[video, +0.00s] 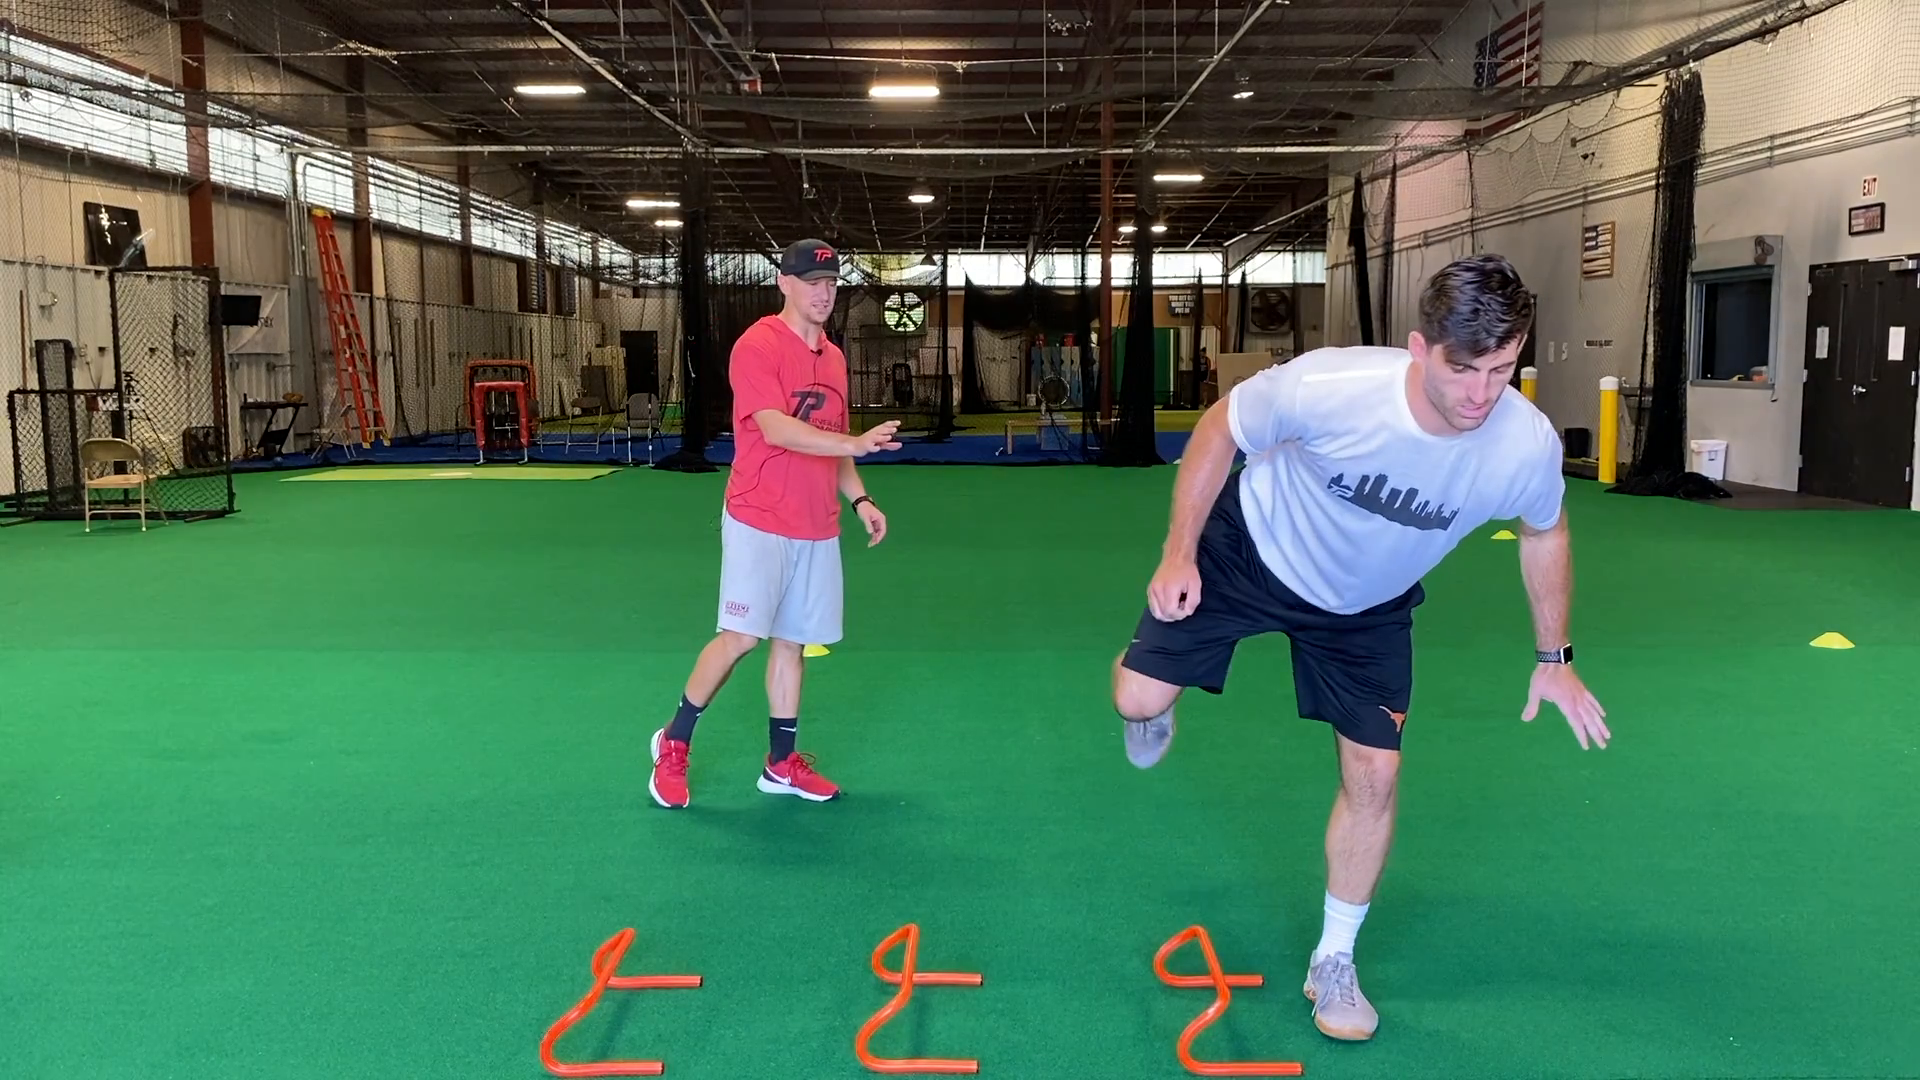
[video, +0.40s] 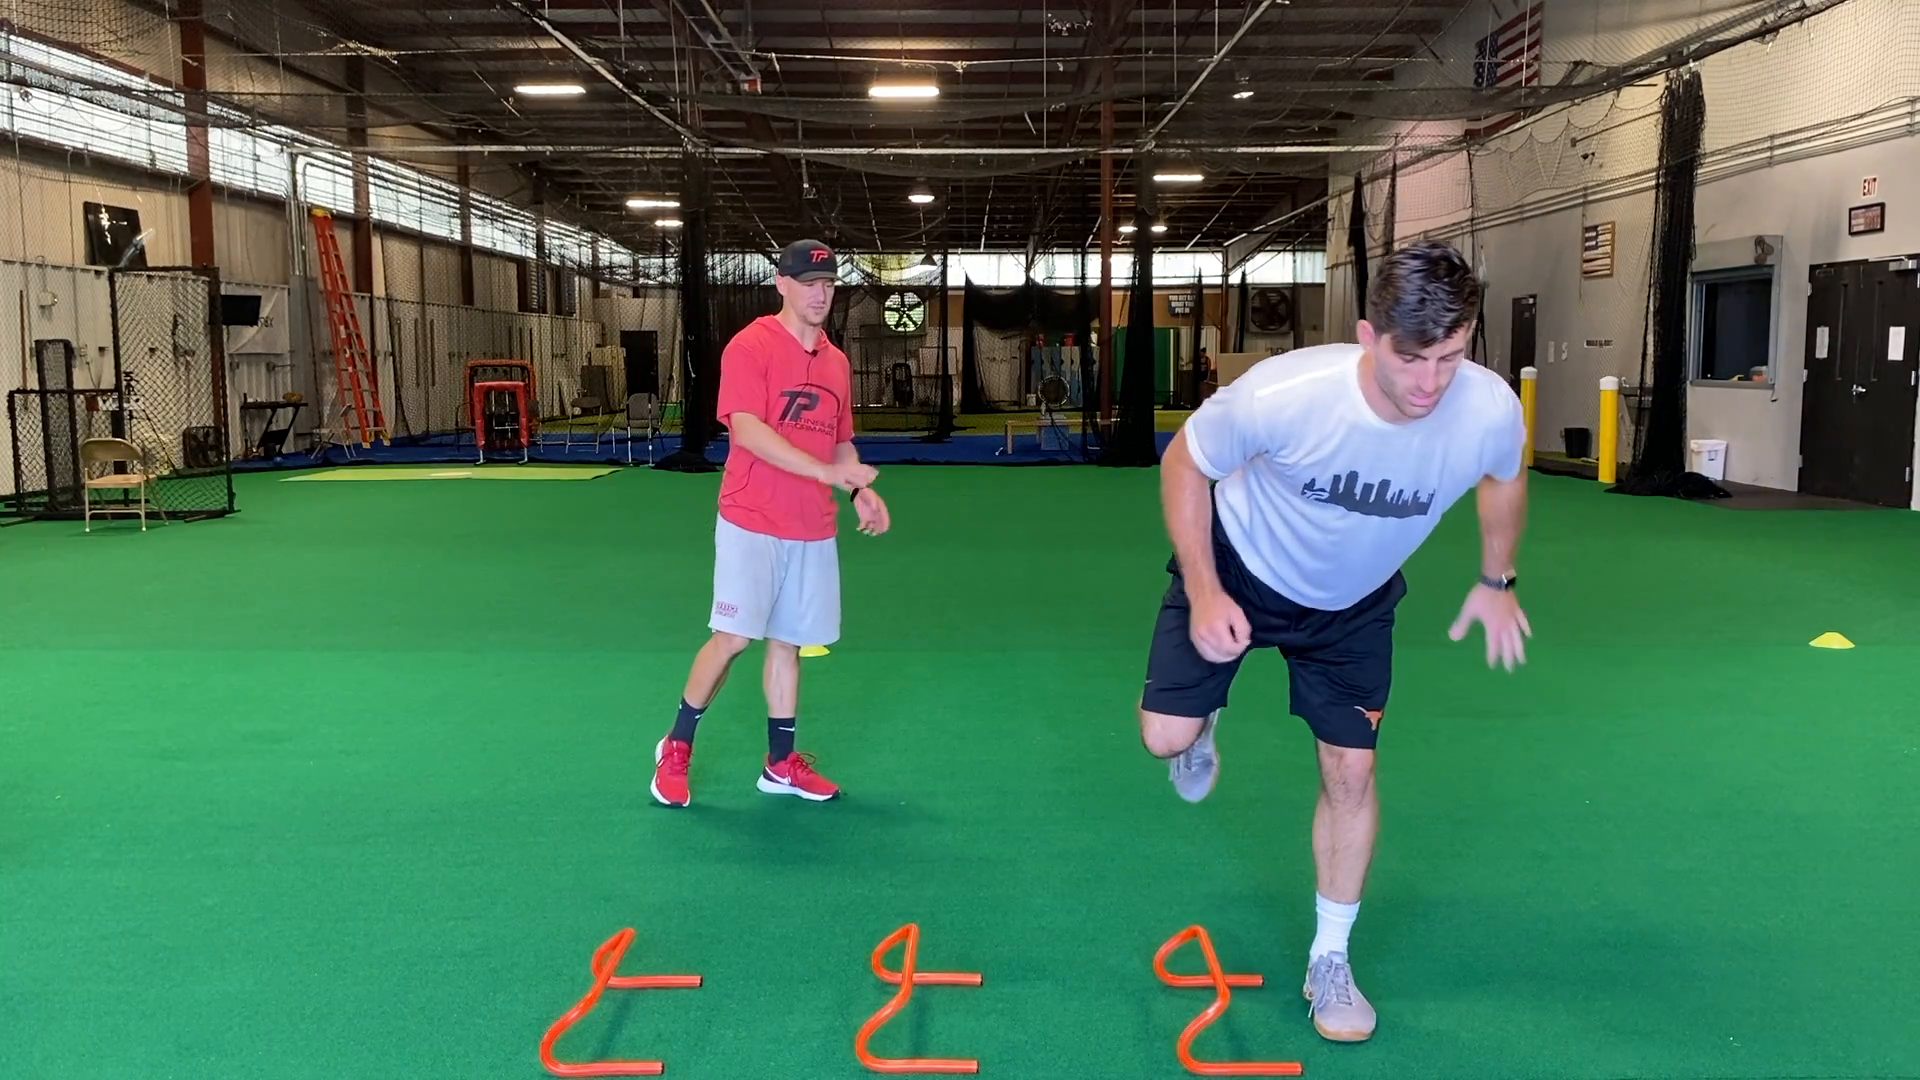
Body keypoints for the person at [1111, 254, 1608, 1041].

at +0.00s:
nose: (1481, 393)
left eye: (1501, 372)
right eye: (1463, 369)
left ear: (1517, 359)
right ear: (1421, 346)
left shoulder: (1527, 445)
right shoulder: (1328, 386)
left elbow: (1544, 532)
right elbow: (1221, 426)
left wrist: (1553, 656)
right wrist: (1178, 552)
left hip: (1371, 602)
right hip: (1250, 548)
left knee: (1374, 772)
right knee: (1135, 695)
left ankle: (1334, 960)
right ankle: (1153, 706)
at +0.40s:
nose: (1431, 379)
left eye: (1448, 359)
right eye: (1412, 357)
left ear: (1467, 343)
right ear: (1369, 335)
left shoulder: (1490, 411)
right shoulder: (1283, 393)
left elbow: (1506, 478)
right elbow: (1183, 461)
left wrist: (1496, 578)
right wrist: (1203, 590)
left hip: (1355, 602)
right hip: (1236, 573)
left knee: (1351, 766)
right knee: (1163, 733)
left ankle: (1331, 957)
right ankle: (1194, 732)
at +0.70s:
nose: (1329, 367)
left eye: (1349, 348)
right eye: (1312, 345)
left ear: (1378, 326)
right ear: (1278, 320)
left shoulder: (1419, 394)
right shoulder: (1204, 383)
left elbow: (1445, 453)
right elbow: (1125, 453)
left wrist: (1421, 567)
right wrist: (1161, 588)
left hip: (1312, 594)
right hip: (1194, 578)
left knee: (1320, 766)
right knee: (1170, 749)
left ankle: (1328, 958)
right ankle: (1182, 762)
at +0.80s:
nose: (1278, 362)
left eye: (1298, 341)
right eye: (1260, 339)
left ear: (1329, 319)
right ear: (1227, 316)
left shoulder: (1376, 406)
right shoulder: (1160, 377)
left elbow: (1399, 493)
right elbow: (1092, 432)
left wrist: (1361, 618)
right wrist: (1079, 562)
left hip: (1284, 591)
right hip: (1160, 576)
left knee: (1308, 772)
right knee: (1134, 749)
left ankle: (1324, 957)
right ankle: (1127, 803)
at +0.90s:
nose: (1207, 339)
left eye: (1225, 320)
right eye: (1189, 318)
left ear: (1258, 301)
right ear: (1159, 298)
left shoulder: (1313, 384)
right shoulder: (1102, 361)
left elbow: (1355, 469)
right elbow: (1038, 376)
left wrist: (1292, 528)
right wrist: (1030, 494)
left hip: (1253, 595)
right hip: (1126, 577)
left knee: (1292, 773)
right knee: (1080, 741)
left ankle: (1325, 958)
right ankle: (1067, 857)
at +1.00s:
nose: (1127, 305)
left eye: (1144, 285)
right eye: (1109, 286)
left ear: (1171, 269)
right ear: (1076, 270)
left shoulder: (1228, 331)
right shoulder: (1013, 347)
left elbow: (1294, 371)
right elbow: (981, 403)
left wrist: (1258, 493)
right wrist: (1007, 523)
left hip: (1200, 561)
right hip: (1074, 562)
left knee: (1261, 739)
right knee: (1047, 744)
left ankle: (1324, 915)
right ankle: (1030, 924)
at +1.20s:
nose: (982, 274)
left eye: (1000, 254)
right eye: (966, 256)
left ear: (1038, 240)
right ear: (944, 246)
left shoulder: (1099, 312)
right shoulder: (895, 321)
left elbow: (1184, 352)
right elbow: (872, 393)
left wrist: (1145, 490)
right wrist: (903, 513)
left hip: (1081, 537)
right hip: (962, 548)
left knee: (1113, 712)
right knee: (973, 737)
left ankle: (1097, 857)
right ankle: (1009, 901)